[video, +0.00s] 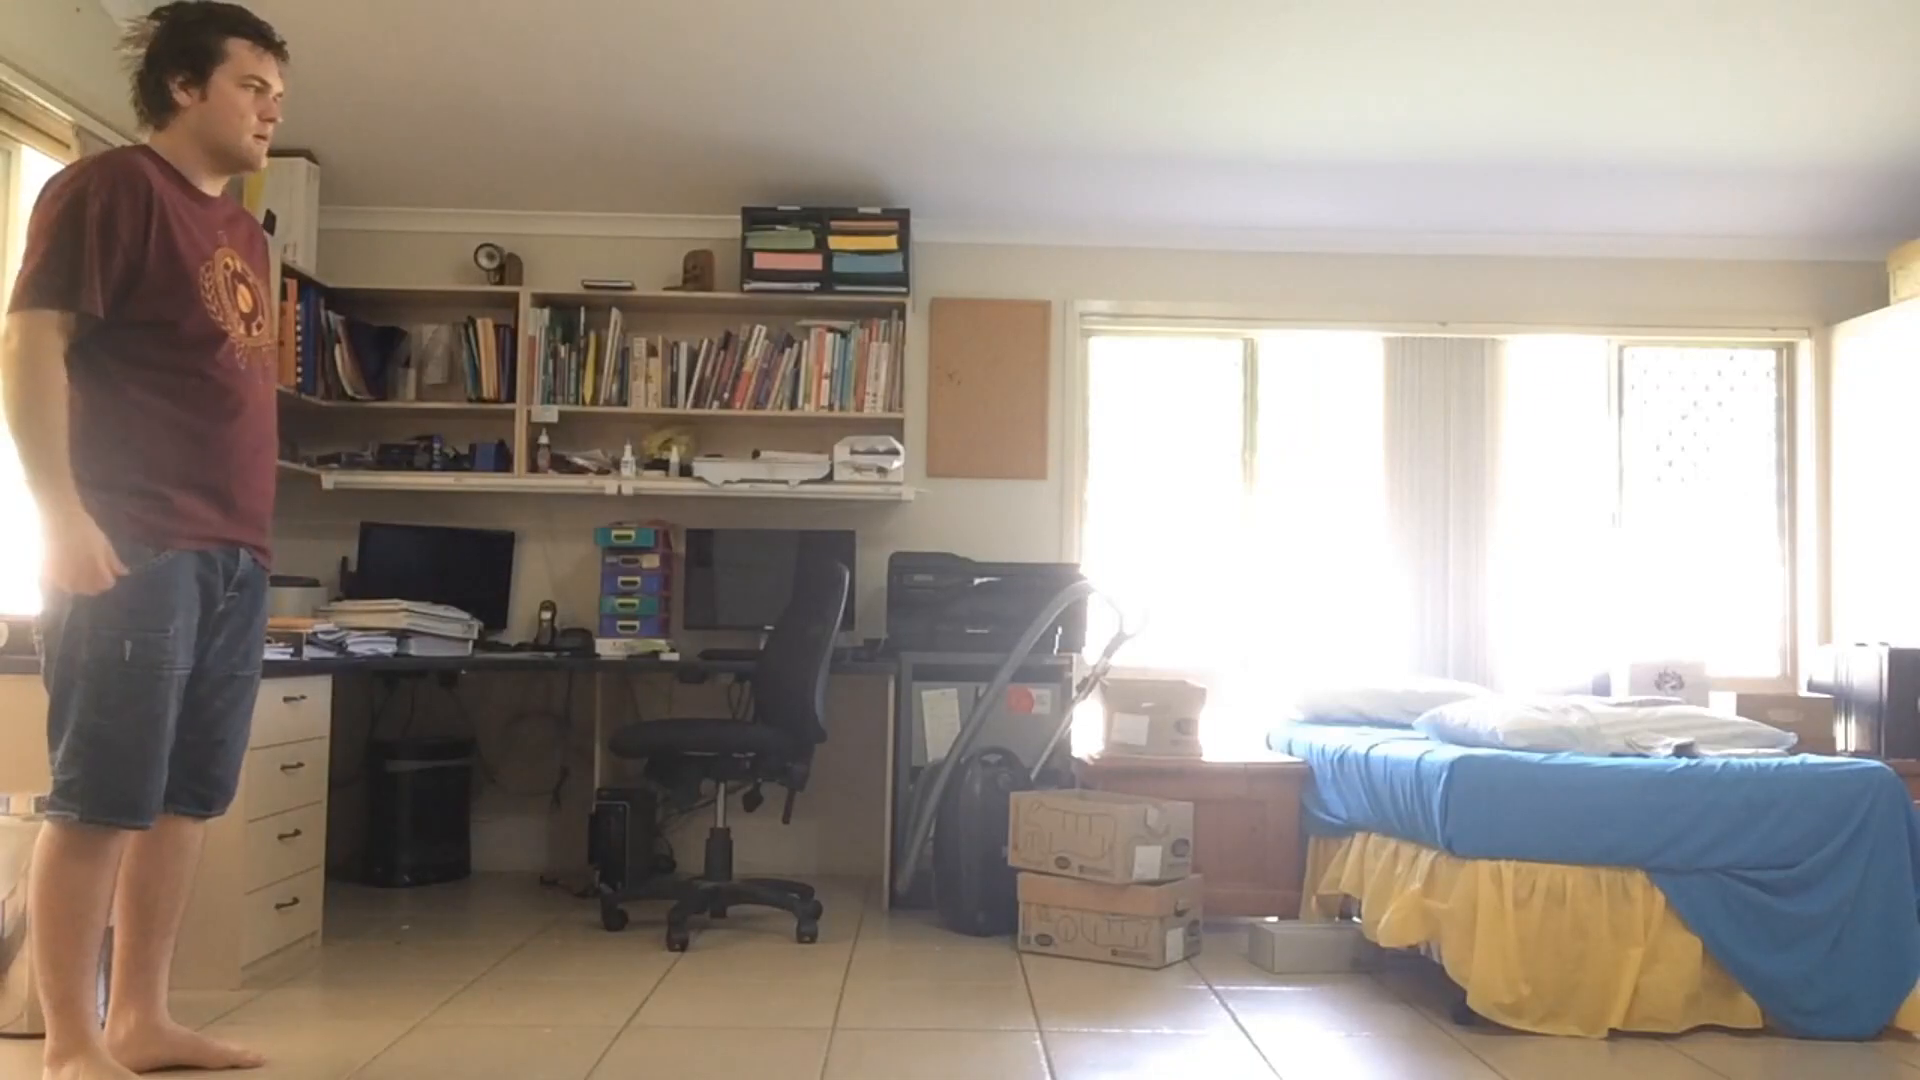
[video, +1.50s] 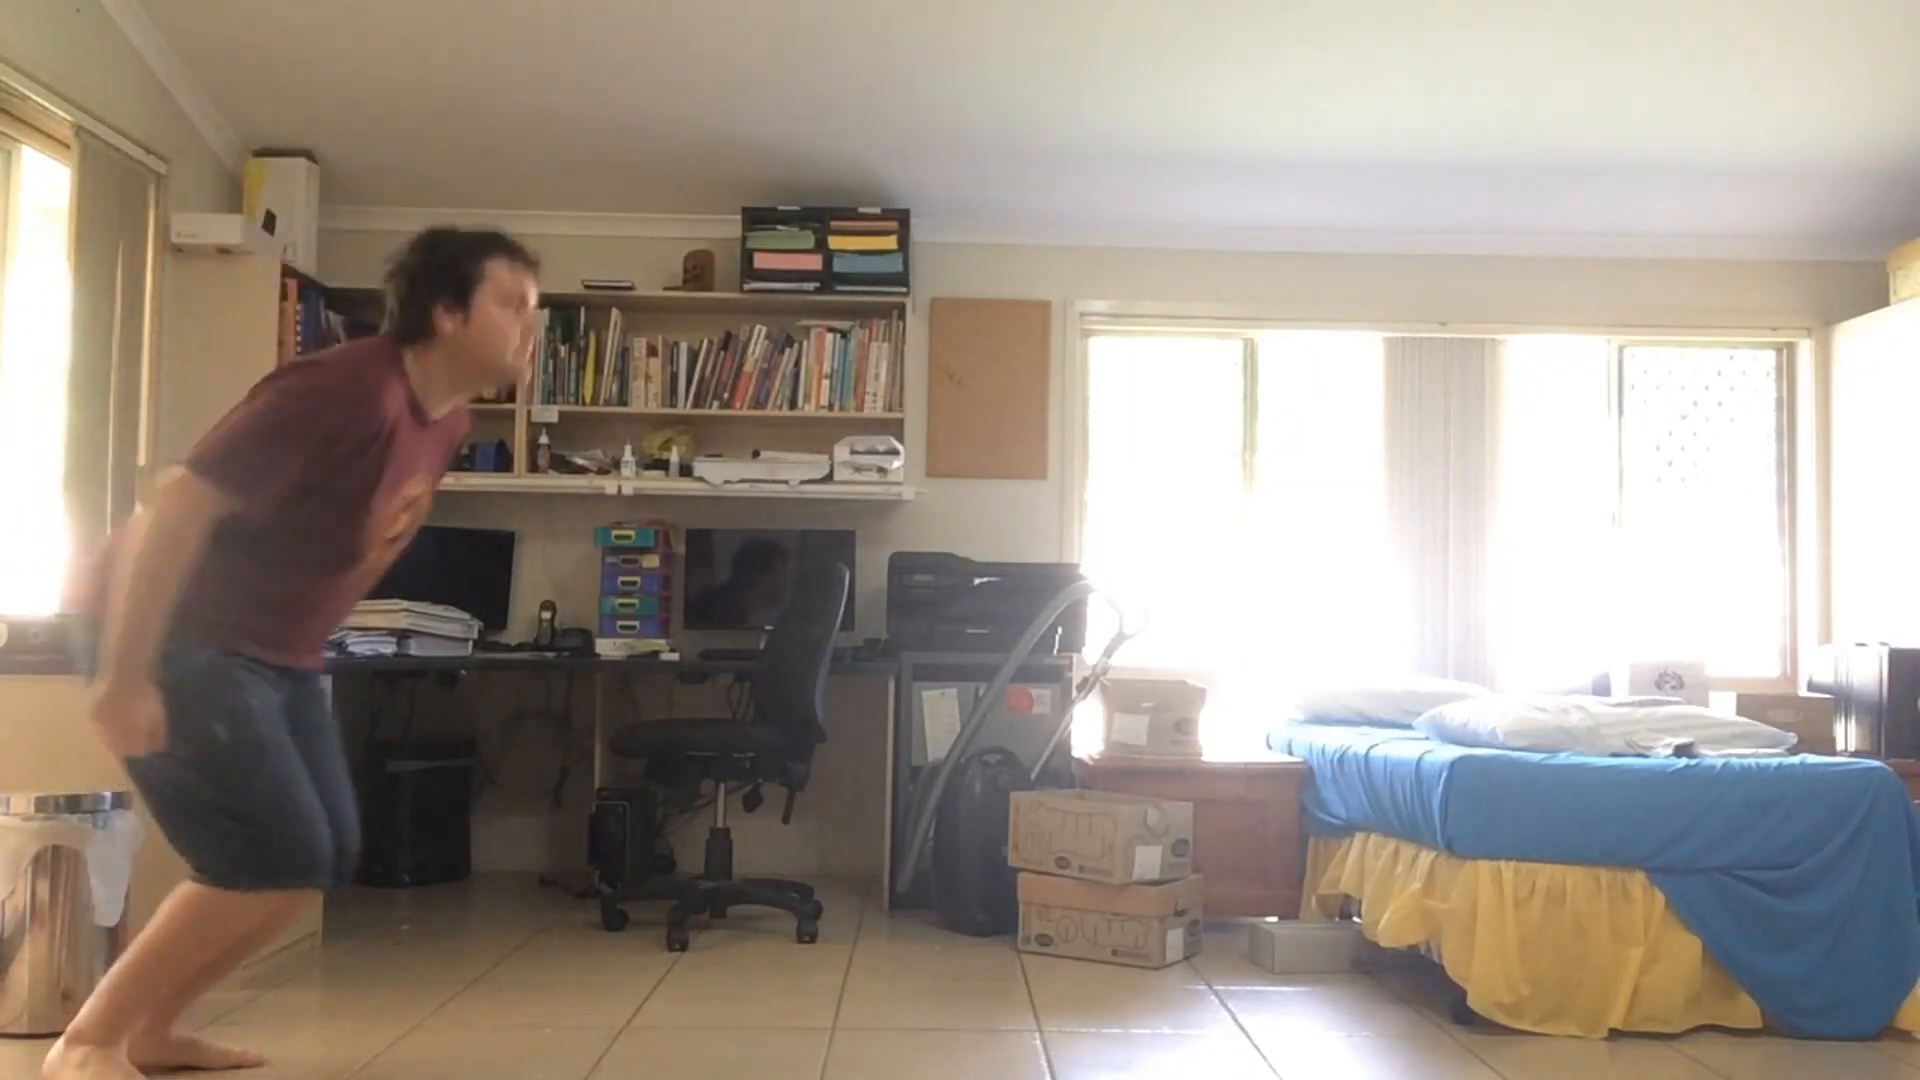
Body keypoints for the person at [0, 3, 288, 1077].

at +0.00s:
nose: (271, 110)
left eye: (277, 96)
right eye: (254, 88)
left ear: (261, 111)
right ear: (185, 88)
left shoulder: (249, 231)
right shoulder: (104, 187)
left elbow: (239, 384)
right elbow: (34, 348)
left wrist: (247, 530)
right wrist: (63, 518)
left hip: (234, 551)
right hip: (128, 543)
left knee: (180, 800)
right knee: (95, 800)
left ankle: (142, 1023)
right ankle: (65, 1042)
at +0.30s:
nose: (279, 108)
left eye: (285, 94)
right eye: (261, 86)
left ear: (268, 112)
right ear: (191, 89)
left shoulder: (252, 230)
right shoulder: (117, 180)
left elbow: (243, 394)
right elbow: (16, 322)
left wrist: (275, 509)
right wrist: (2, 492)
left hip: (243, 548)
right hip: (133, 539)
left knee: (185, 797)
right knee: (101, 796)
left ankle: (141, 1022)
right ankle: (68, 1045)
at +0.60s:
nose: (272, 100)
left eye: (277, 85)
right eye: (253, 79)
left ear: (264, 104)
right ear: (183, 88)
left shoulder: (252, 226)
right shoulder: (114, 182)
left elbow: (260, 400)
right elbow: (69, 357)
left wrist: (276, 537)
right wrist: (85, 532)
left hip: (249, 554)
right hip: (145, 545)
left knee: (184, 801)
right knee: (98, 801)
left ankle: (142, 1024)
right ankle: (69, 1046)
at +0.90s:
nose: (300, 107)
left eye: (304, 92)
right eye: (281, 83)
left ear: (286, 110)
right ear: (210, 89)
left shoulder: (271, 230)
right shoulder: (137, 180)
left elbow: (267, 400)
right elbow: (83, 353)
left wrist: (282, 537)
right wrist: (121, 528)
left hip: (252, 559)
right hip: (150, 549)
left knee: (188, 803)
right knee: (105, 803)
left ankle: (140, 1022)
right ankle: (68, 1046)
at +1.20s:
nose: (438, 184)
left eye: (441, 168)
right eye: (419, 159)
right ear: (347, 160)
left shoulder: (363, 293)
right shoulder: (233, 234)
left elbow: (270, 439)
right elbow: (108, 377)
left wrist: (261, 555)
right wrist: (112, 554)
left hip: (240, 575)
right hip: (139, 562)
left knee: (235, 798)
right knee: (157, 799)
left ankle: (143, 1022)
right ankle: (73, 1048)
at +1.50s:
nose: (533, 327)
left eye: (534, 309)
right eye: (516, 306)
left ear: (471, 323)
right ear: (448, 316)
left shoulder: (448, 423)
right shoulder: (339, 388)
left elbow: (347, 541)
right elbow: (183, 498)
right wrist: (126, 676)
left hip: (292, 665)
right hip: (199, 651)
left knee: (318, 858)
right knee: (271, 862)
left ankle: (147, 1030)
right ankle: (84, 1049)